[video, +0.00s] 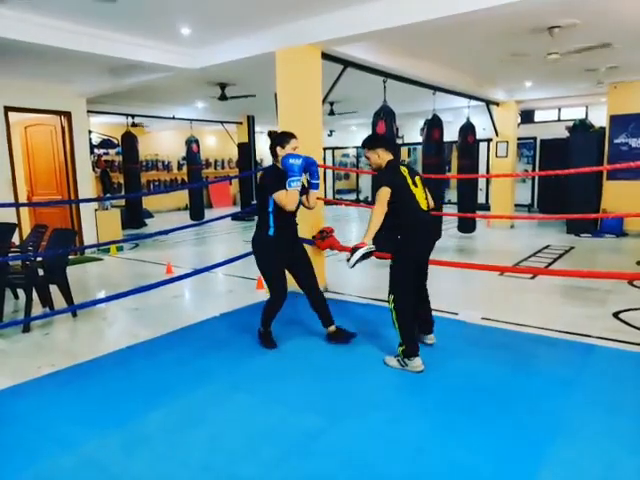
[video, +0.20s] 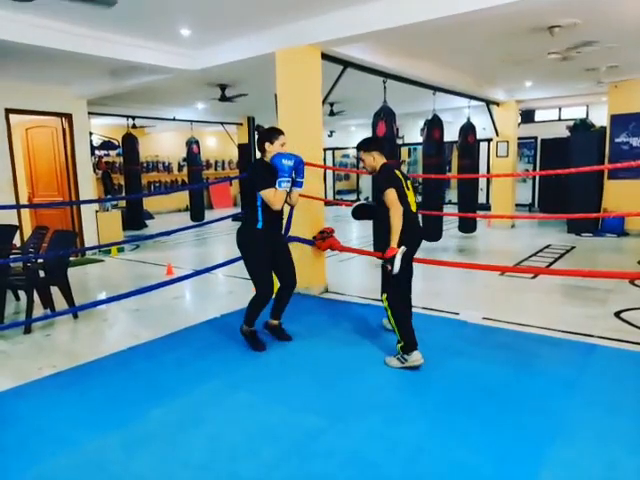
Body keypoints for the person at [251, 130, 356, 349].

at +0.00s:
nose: (297, 153)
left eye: (297, 149)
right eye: (293, 149)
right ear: (278, 150)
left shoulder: (292, 173)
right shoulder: (269, 175)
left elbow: (310, 203)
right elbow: (289, 204)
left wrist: (313, 177)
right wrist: (295, 176)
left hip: (290, 240)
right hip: (267, 242)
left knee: (310, 285)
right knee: (279, 293)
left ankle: (332, 329)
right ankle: (264, 329)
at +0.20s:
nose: (284, 150)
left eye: (285, 145)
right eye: (281, 145)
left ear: (271, 147)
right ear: (267, 146)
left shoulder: (277, 168)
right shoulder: (256, 169)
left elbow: (292, 201)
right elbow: (276, 203)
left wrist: (298, 178)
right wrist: (284, 176)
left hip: (273, 235)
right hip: (252, 235)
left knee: (289, 281)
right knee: (265, 289)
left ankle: (274, 322)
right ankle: (247, 327)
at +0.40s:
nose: (261, 159)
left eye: (260, 155)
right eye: (257, 155)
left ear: (244, 157)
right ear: (245, 157)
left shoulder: (249, 181)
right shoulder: (237, 183)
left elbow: (256, 213)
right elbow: (260, 216)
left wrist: (267, 197)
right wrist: (267, 190)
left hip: (247, 249)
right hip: (230, 251)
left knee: (269, 287)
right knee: (230, 306)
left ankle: (269, 328)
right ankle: (190, 348)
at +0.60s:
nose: (238, 147)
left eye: (237, 143)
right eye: (235, 143)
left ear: (219, 145)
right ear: (223, 144)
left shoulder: (215, 168)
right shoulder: (217, 170)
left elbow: (236, 200)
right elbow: (240, 202)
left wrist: (243, 181)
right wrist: (246, 176)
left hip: (213, 241)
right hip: (202, 243)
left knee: (231, 289)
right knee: (209, 300)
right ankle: (184, 351)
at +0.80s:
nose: (217, 156)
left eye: (217, 152)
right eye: (214, 152)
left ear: (199, 154)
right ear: (203, 154)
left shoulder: (198, 179)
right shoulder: (194, 182)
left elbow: (213, 215)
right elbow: (215, 218)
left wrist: (222, 205)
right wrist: (225, 198)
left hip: (194, 252)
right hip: (183, 255)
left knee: (210, 301)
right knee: (195, 311)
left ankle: (189, 351)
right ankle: (154, 370)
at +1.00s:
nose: (194, 161)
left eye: (194, 156)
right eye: (192, 155)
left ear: (172, 155)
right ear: (181, 155)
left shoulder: (161, 181)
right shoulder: (180, 182)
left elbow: (195, 215)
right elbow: (207, 216)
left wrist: (202, 204)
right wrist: (207, 191)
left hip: (169, 261)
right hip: (166, 265)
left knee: (192, 306)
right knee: (163, 328)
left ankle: (185, 351)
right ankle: (135, 396)